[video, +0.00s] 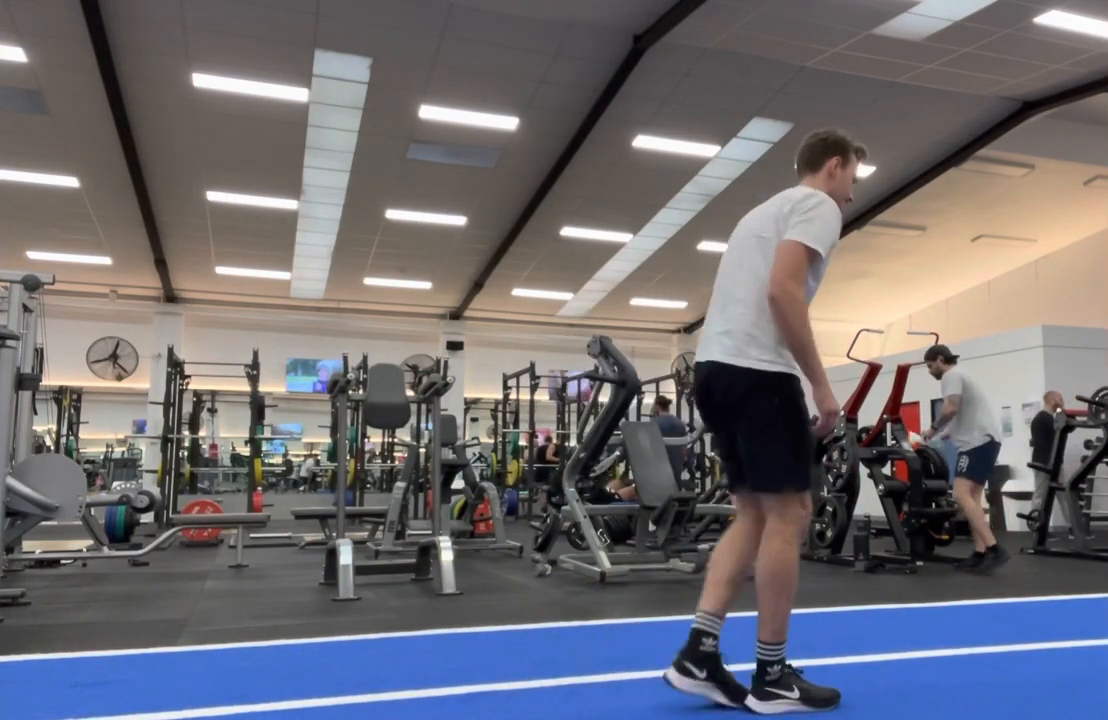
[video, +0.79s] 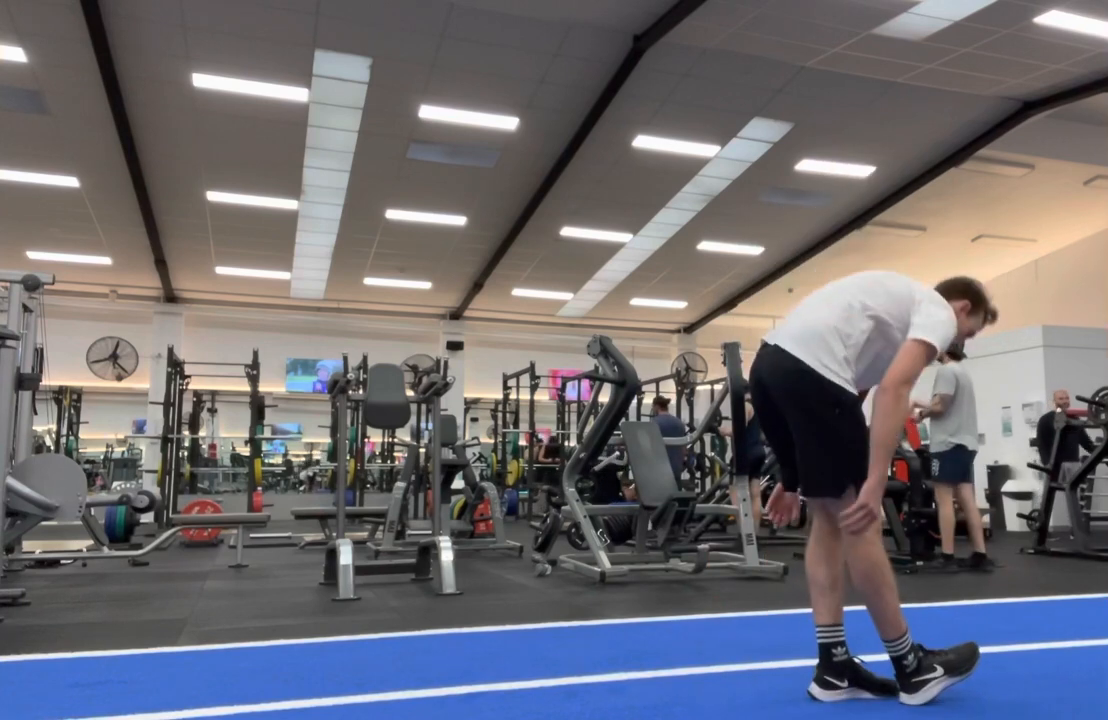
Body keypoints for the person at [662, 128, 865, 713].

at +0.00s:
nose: (852, 190)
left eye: (855, 181)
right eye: (853, 179)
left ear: (807, 167)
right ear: (835, 167)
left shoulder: (759, 215)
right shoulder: (817, 204)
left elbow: (735, 306)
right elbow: (784, 289)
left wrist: (791, 385)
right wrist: (821, 386)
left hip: (716, 373)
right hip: (759, 373)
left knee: (751, 514)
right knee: (789, 515)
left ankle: (699, 650)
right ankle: (772, 671)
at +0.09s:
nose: (860, 188)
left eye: (862, 179)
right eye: (861, 177)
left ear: (816, 166)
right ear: (846, 166)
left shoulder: (765, 216)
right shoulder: (832, 205)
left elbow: (743, 316)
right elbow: (813, 297)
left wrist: (735, 406)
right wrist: (850, 392)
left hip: (734, 371)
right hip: (774, 372)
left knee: (786, 511)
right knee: (798, 517)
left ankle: (738, 639)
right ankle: (772, 673)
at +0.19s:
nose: (873, 184)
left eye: (876, 176)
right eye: (874, 174)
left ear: (828, 165)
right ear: (856, 163)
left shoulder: (774, 213)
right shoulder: (847, 202)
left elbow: (752, 307)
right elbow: (836, 295)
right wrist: (874, 386)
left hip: (748, 369)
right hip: (788, 371)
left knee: (815, 507)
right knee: (794, 517)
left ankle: (798, 652)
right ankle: (770, 674)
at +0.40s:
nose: (899, 205)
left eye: (902, 197)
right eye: (901, 195)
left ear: (859, 178)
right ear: (887, 181)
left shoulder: (799, 225)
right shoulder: (871, 214)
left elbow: (767, 316)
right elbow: (857, 302)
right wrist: (896, 397)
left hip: (765, 374)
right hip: (810, 375)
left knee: (818, 516)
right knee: (858, 512)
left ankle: (832, 657)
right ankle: (787, 653)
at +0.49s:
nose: (918, 231)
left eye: (922, 225)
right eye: (921, 222)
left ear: (881, 197)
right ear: (906, 202)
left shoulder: (821, 232)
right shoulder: (888, 227)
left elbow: (809, 324)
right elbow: (861, 311)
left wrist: (857, 389)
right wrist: (890, 409)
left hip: (768, 372)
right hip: (818, 373)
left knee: (822, 512)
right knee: (885, 500)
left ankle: (828, 659)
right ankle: (831, 644)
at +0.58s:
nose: (936, 261)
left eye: (942, 254)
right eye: (940, 251)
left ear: (904, 224)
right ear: (927, 231)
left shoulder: (844, 246)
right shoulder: (906, 248)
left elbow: (796, 332)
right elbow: (872, 323)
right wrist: (878, 422)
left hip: (768, 372)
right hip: (818, 371)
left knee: (824, 513)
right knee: (877, 503)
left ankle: (833, 664)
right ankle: (892, 659)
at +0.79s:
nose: (960, 344)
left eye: (968, 338)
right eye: (967, 333)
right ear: (961, 309)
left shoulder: (888, 306)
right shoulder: (937, 310)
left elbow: (839, 399)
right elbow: (893, 387)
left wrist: (791, 478)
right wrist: (877, 479)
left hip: (772, 370)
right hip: (816, 379)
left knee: (827, 519)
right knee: (861, 518)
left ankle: (833, 664)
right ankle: (911, 665)